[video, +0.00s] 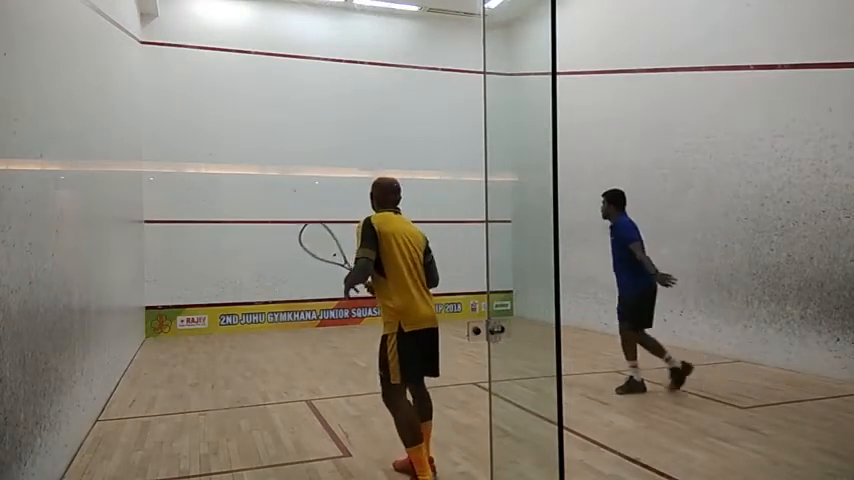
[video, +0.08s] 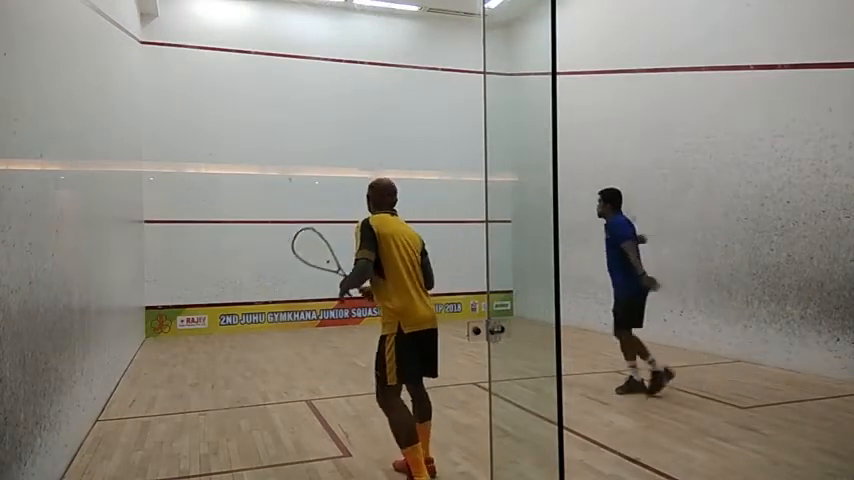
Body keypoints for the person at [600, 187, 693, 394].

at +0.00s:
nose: (601, 208)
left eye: (604, 204)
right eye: (602, 204)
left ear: (613, 206)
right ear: (617, 206)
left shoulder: (624, 227)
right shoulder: (618, 226)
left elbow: (639, 254)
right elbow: (635, 256)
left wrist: (656, 274)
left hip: (638, 290)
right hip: (629, 289)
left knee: (633, 332)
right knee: (626, 331)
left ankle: (676, 366)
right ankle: (635, 378)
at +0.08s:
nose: (597, 206)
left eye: (600, 203)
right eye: (598, 202)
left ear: (609, 206)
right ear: (611, 205)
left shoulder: (617, 225)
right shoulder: (617, 223)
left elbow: (630, 250)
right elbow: (620, 242)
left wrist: (642, 275)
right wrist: (636, 240)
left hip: (630, 288)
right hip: (625, 287)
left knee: (623, 331)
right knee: (622, 331)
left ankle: (656, 370)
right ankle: (635, 377)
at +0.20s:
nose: (588, 205)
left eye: (590, 202)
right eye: (589, 201)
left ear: (599, 203)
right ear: (607, 204)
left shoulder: (602, 225)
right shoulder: (620, 223)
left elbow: (610, 254)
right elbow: (639, 239)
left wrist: (609, 286)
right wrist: (657, 240)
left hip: (615, 287)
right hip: (628, 286)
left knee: (596, 327)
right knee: (620, 329)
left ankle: (612, 378)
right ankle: (635, 378)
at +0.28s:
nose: (582, 205)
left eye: (586, 202)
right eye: (583, 201)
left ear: (596, 204)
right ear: (602, 204)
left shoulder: (596, 226)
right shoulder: (616, 223)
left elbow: (600, 258)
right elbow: (636, 242)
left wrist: (589, 290)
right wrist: (658, 248)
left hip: (608, 289)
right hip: (623, 288)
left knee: (587, 329)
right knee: (618, 331)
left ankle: (588, 382)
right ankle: (635, 378)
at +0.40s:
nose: (571, 207)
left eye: (574, 203)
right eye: (572, 203)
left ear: (585, 205)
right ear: (590, 205)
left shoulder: (581, 228)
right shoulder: (608, 226)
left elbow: (583, 260)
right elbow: (624, 252)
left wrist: (564, 284)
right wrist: (647, 271)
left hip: (591, 292)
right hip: (609, 291)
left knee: (571, 331)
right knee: (610, 332)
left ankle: (564, 384)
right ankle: (634, 377)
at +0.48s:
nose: (566, 206)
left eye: (570, 203)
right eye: (567, 203)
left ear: (581, 204)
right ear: (585, 205)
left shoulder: (575, 227)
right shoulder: (603, 227)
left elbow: (576, 258)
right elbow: (615, 256)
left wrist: (556, 282)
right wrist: (635, 280)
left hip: (583, 292)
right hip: (601, 292)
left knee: (563, 330)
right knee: (602, 333)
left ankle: (562, 383)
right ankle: (632, 375)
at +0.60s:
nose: (559, 204)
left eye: (562, 200)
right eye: (559, 200)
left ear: (573, 202)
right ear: (578, 203)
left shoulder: (566, 226)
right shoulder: (594, 227)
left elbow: (564, 257)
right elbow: (596, 262)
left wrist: (547, 277)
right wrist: (603, 289)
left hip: (568, 291)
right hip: (588, 291)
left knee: (555, 331)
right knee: (582, 332)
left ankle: (561, 382)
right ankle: (613, 375)